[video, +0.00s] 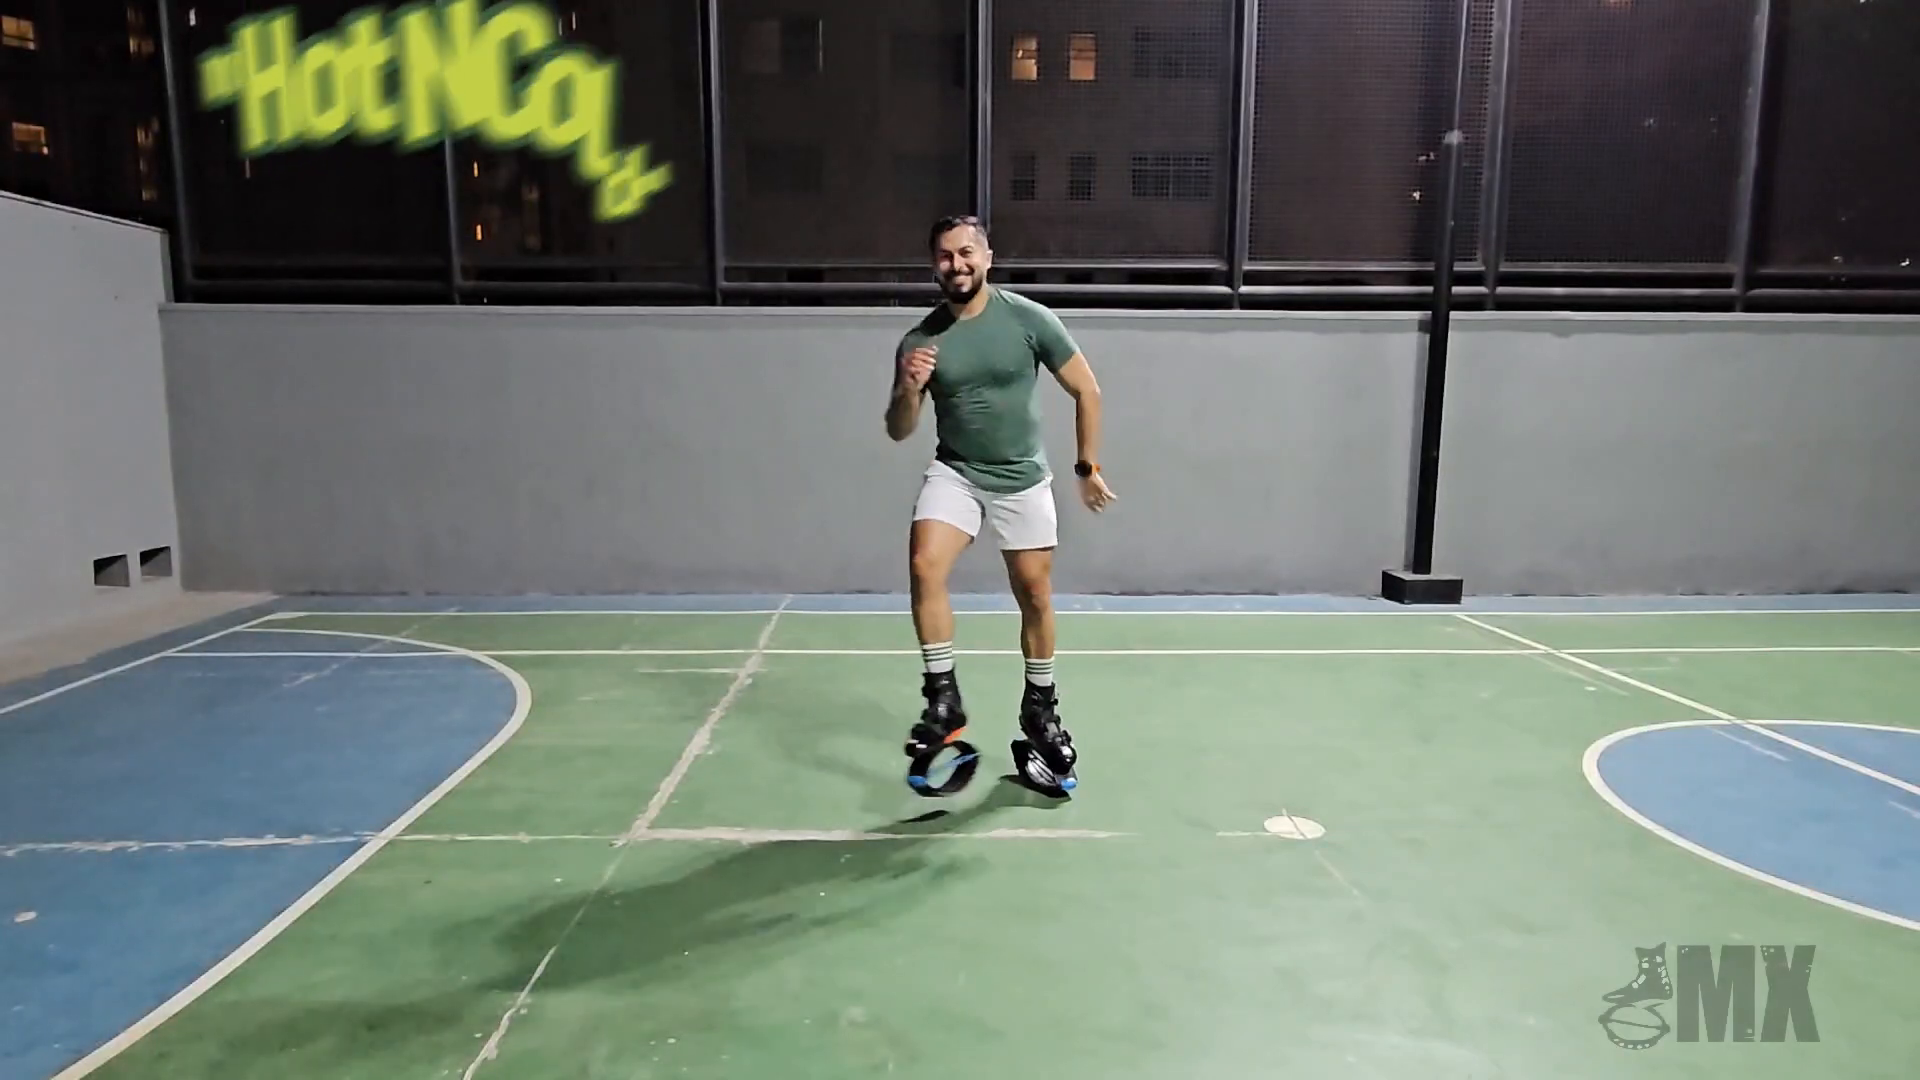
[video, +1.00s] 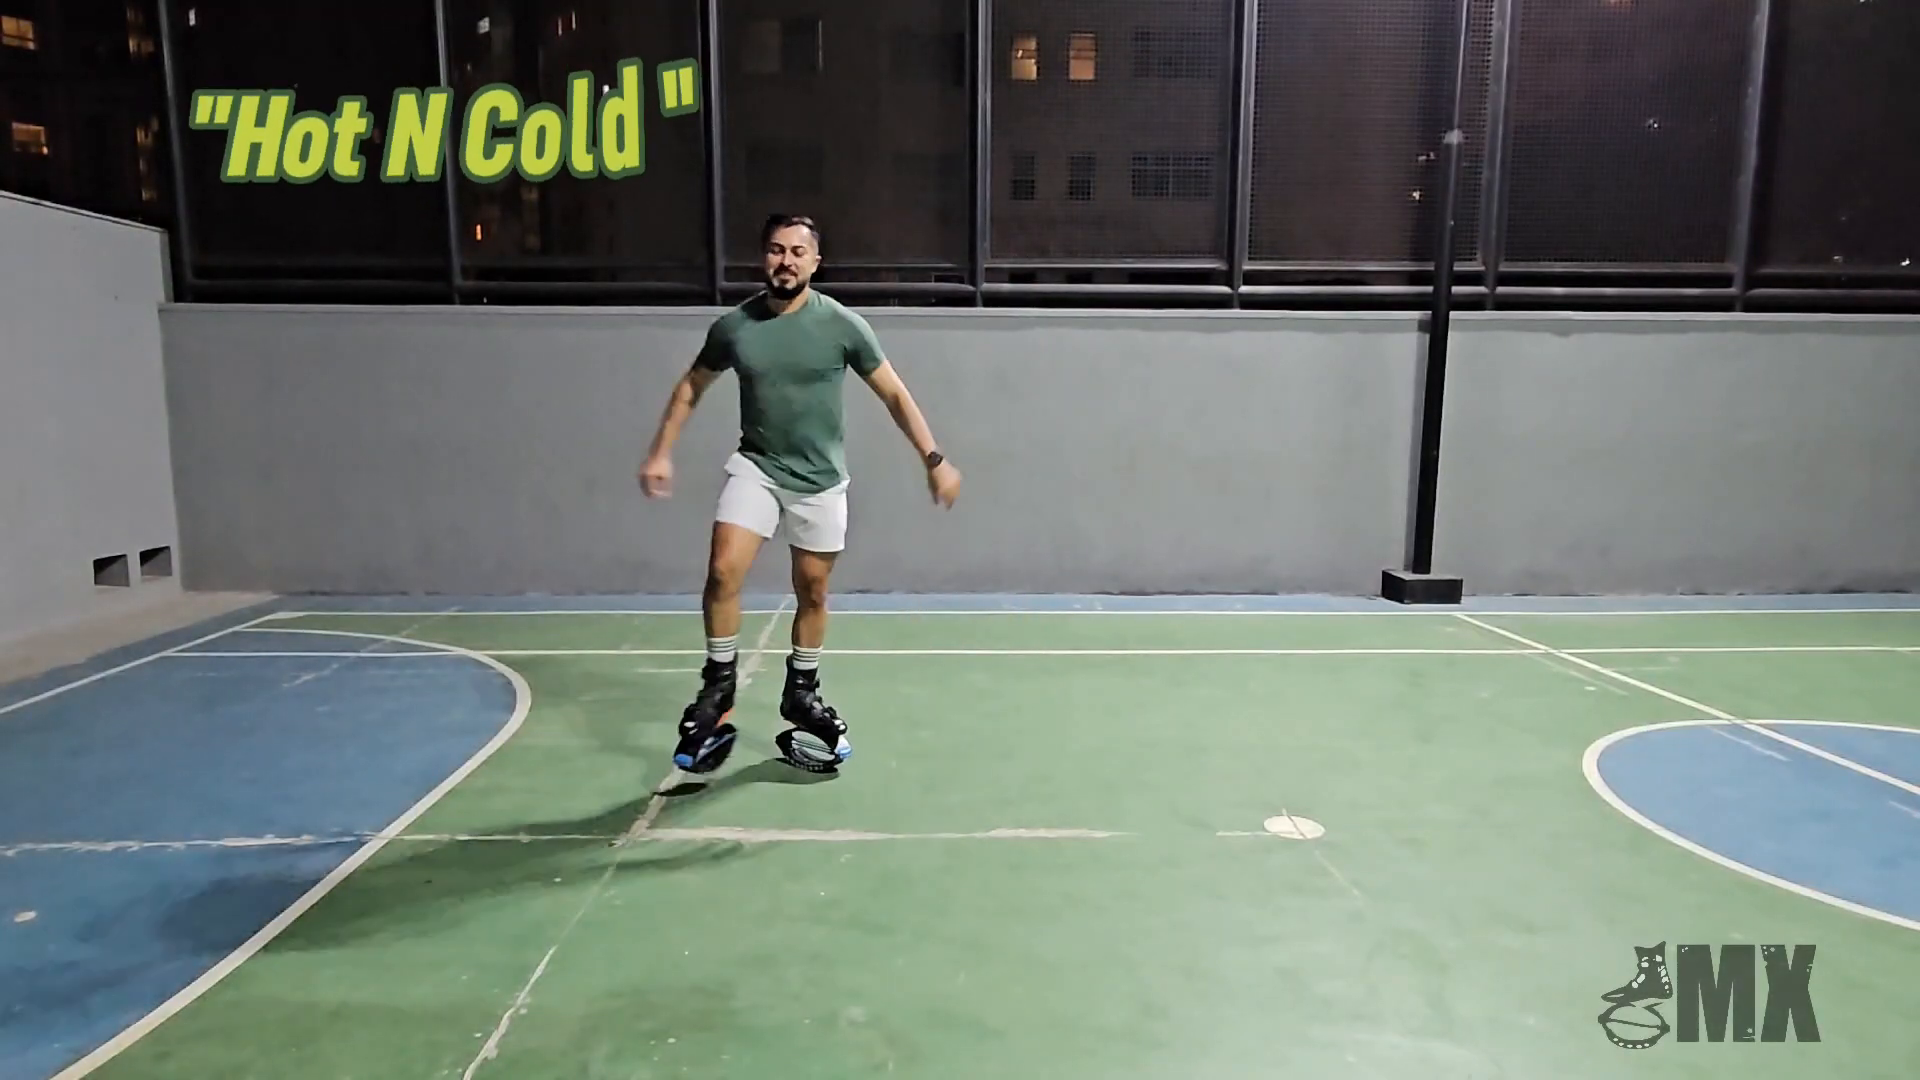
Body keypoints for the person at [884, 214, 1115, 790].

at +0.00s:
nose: (956, 264)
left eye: (967, 252)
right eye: (945, 255)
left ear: (989, 258)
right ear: (935, 264)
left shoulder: (1030, 319)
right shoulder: (921, 340)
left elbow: (1087, 388)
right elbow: (898, 430)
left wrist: (1087, 467)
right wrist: (910, 388)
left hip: (1024, 479)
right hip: (955, 474)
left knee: (1035, 592)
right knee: (925, 566)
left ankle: (1040, 711)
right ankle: (942, 700)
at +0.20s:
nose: (928, 261)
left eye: (938, 251)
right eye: (917, 254)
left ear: (959, 262)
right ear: (903, 268)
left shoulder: (993, 322)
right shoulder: (881, 339)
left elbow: (1041, 363)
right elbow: (836, 402)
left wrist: (1028, 424)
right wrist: (837, 423)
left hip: (988, 489)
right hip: (917, 490)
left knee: (1008, 590)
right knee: (899, 598)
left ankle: (1033, 710)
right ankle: (878, 728)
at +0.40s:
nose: (893, 257)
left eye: (903, 246)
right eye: (881, 249)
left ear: (920, 258)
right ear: (867, 264)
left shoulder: (947, 332)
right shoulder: (839, 330)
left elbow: (975, 420)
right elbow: (799, 421)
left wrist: (958, 379)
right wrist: (777, 501)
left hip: (935, 482)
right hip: (867, 487)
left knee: (972, 592)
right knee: (871, 603)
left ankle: (961, 681)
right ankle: (874, 729)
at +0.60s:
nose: (855, 265)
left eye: (866, 255)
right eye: (844, 257)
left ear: (885, 264)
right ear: (831, 269)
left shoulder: (915, 333)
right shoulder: (799, 336)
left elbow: (927, 409)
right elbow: (771, 415)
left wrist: (878, 387)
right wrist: (768, 492)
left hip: (893, 488)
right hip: (829, 489)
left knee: (897, 608)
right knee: (846, 600)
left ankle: (827, 696)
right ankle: (866, 737)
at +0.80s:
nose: (816, 272)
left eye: (829, 263)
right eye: (807, 264)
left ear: (851, 274)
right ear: (797, 274)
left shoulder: (875, 344)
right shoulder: (770, 342)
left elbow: (895, 431)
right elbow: (753, 420)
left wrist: (876, 503)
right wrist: (741, 485)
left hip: (851, 490)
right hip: (785, 479)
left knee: (835, 601)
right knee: (779, 577)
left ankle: (812, 700)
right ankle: (802, 706)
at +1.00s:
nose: (785, 261)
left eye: (797, 252)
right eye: (776, 250)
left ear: (816, 261)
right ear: (763, 258)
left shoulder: (844, 326)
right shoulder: (732, 329)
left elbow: (895, 395)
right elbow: (691, 387)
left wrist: (934, 459)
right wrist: (660, 452)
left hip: (821, 478)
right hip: (755, 468)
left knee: (813, 590)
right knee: (722, 571)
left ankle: (801, 694)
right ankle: (718, 687)